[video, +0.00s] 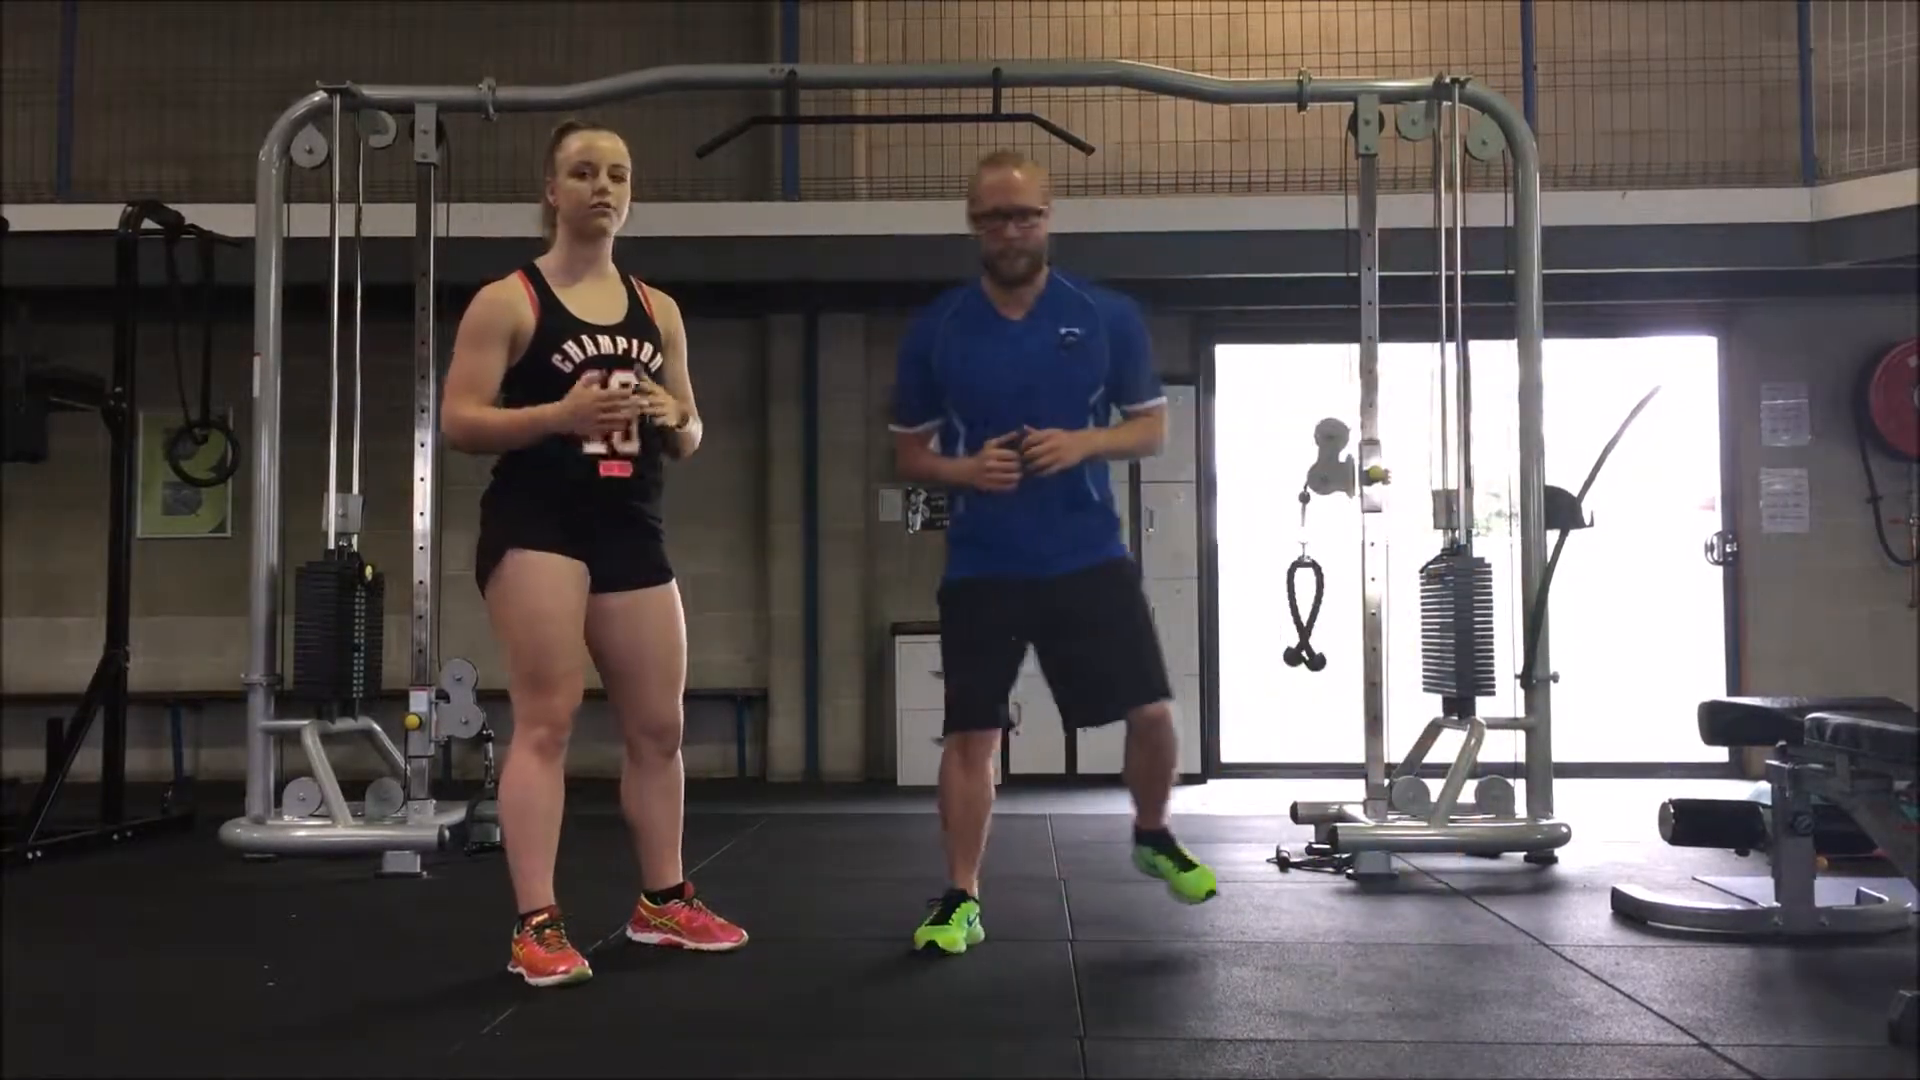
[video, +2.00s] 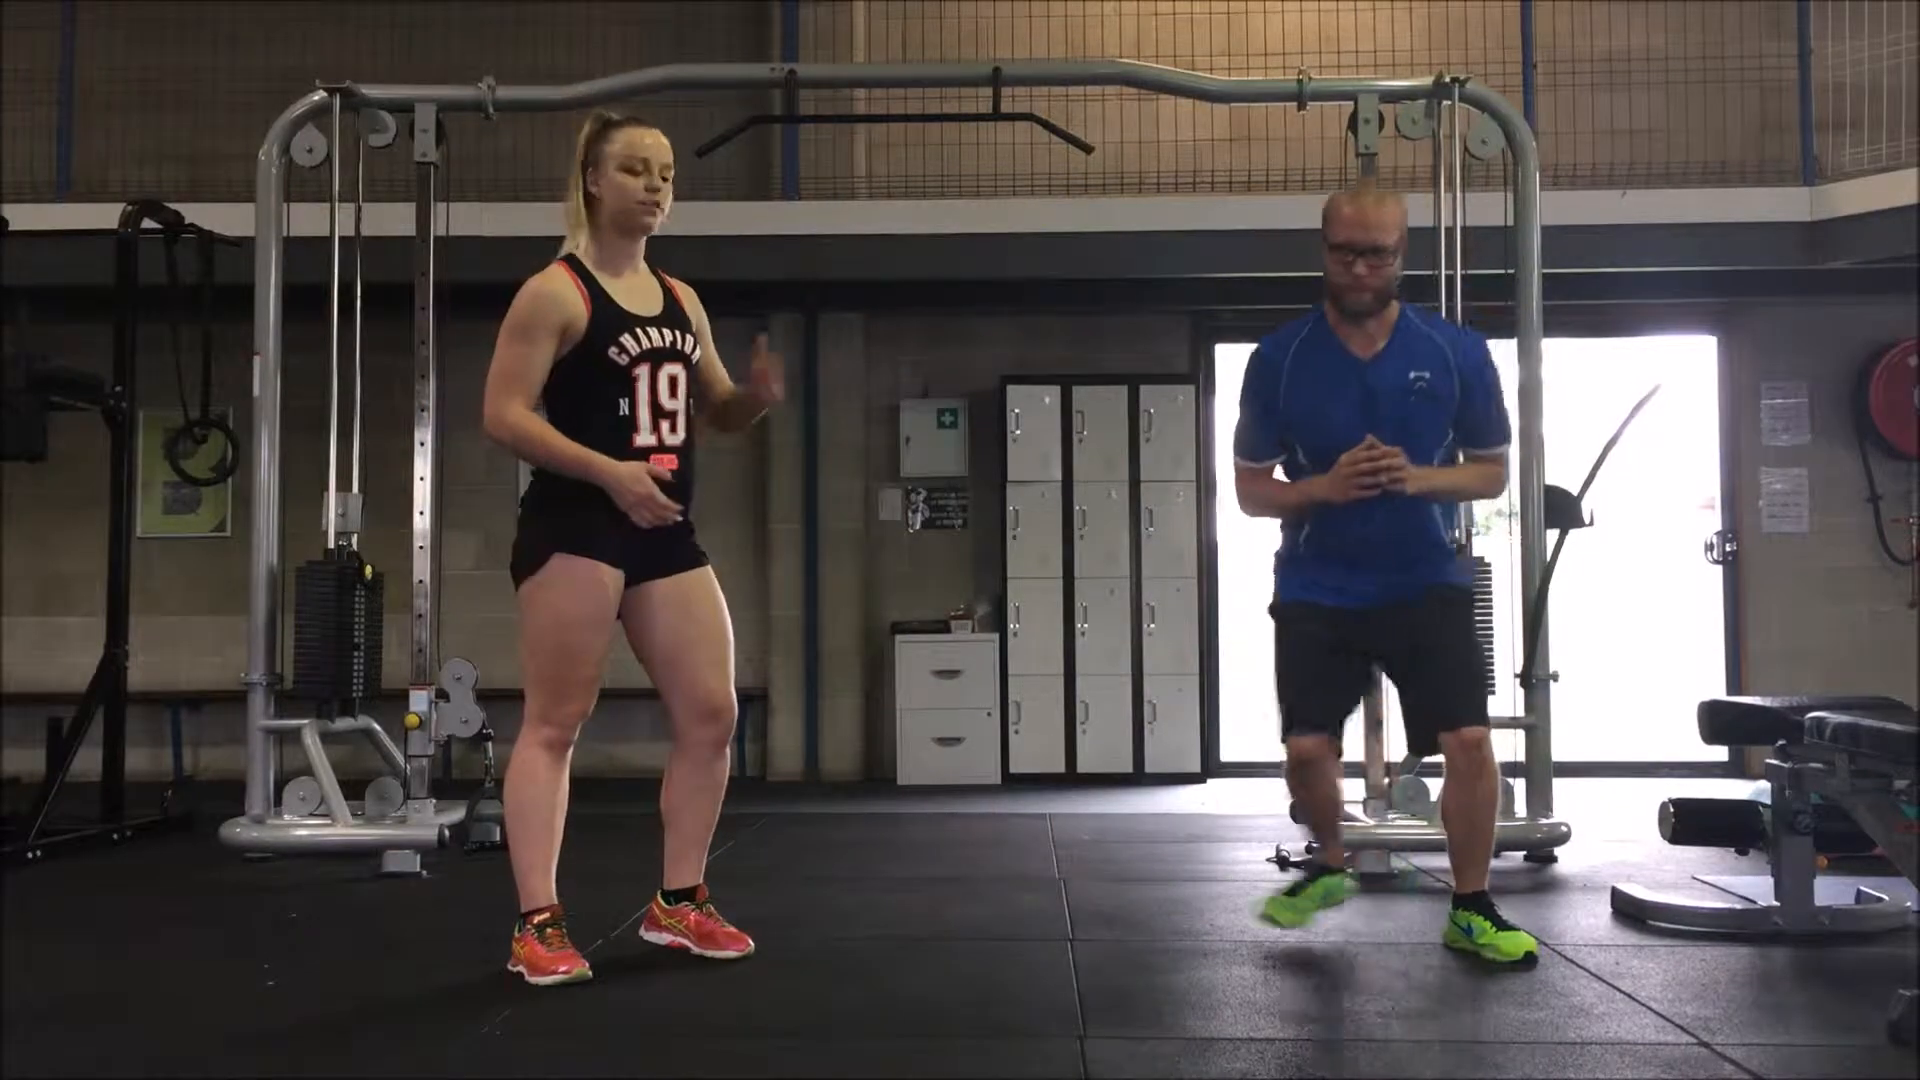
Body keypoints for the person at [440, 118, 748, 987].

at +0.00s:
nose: (601, 188)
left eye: (615, 176)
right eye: (583, 173)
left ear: (630, 196)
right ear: (550, 190)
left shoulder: (658, 310)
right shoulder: (504, 302)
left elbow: (689, 437)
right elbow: (460, 422)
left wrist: (668, 418)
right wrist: (563, 415)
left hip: (630, 530)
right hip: (536, 524)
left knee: (659, 730)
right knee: (545, 719)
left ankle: (665, 901)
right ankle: (537, 924)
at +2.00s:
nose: (656, 187)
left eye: (665, 176)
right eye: (637, 171)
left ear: (671, 194)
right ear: (590, 183)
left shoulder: (680, 299)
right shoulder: (552, 293)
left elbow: (719, 414)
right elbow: (503, 415)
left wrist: (751, 398)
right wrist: (609, 473)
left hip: (665, 533)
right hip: (575, 530)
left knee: (710, 716)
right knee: (553, 724)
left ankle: (679, 901)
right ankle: (538, 921)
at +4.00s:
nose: (621, 182)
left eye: (634, 171)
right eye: (603, 168)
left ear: (647, 193)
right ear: (565, 185)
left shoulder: (673, 301)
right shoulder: (521, 289)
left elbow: (719, 410)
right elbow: (480, 409)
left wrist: (695, 441)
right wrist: (601, 415)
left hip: (633, 532)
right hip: (538, 525)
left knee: (681, 724)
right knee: (543, 722)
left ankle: (673, 908)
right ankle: (537, 926)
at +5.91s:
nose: (632, 201)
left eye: (636, 187)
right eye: (616, 186)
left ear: (627, 193)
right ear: (562, 188)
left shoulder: (650, 305)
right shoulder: (495, 301)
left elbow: (683, 416)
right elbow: (448, 421)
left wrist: (672, 443)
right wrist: (538, 428)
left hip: (622, 532)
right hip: (528, 529)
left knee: (671, 723)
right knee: (541, 722)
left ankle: (672, 907)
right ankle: (537, 925)